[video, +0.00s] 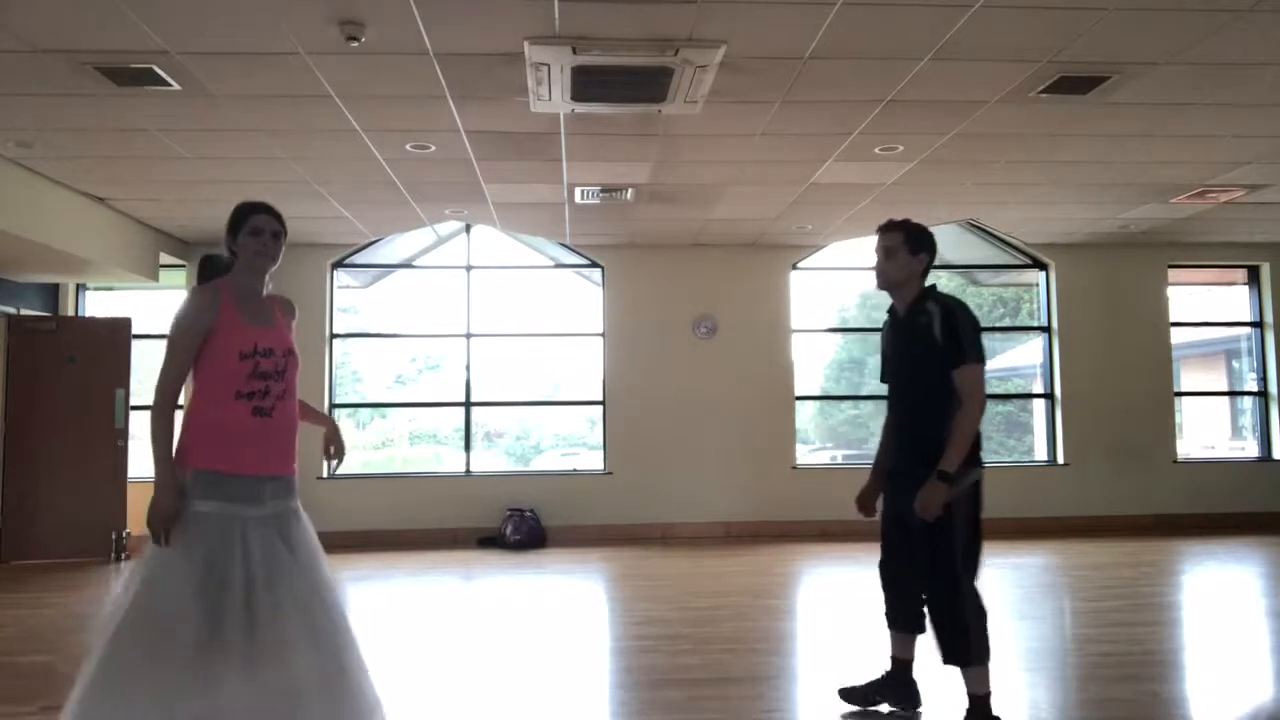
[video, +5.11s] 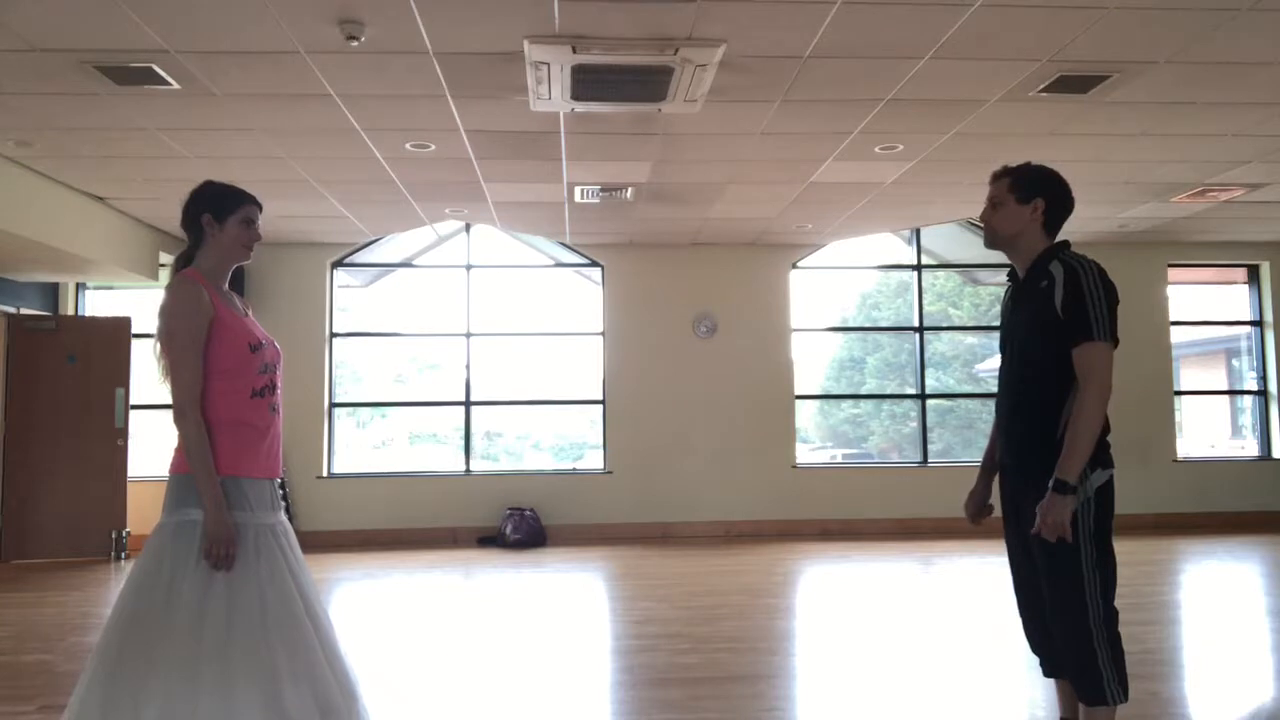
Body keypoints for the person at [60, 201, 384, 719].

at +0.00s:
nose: (268, 243)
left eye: (276, 237)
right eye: (256, 234)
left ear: (283, 249)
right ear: (233, 242)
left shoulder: (283, 310)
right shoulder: (207, 302)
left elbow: (275, 395)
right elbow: (164, 396)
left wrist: (326, 421)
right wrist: (164, 481)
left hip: (275, 485)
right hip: (212, 484)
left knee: (274, 627)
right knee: (205, 626)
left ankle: (265, 713)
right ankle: (198, 713)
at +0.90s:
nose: (260, 218)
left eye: (267, 210)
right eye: (246, 207)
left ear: (272, 222)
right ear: (217, 215)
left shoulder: (251, 288)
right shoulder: (203, 279)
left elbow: (246, 393)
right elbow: (168, 391)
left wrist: (266, 475)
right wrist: (195, 493)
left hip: (245, 492)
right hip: (203, 493)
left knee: (250, 646)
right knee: (202, 649)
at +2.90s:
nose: (270, 226)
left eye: (268, 216)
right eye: (259, 215)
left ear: (227, 220)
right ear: (222, 218)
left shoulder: (239, 292)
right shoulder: (201, 284)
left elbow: (239, 399)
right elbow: (192, 402)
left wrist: (273, 492)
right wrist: (217, 503)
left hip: (261, 496)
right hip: (227, 496)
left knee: (268, 653)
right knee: (224, 655)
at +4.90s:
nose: (257, 236)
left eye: (258, 226)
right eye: (248, 224)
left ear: (220, 228)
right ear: (209, 224)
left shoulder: (230, 299)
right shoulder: (188, 293)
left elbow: (237, 405)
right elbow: (186, 408)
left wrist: (268, 495)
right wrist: (213, 507)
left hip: (254, 498)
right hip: (218, 499)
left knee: (258, 656)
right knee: (218, 659)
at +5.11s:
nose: (258, 235)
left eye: (258, 226)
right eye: (248, 223)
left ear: (217, 228)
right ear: (209, 224)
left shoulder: (230, 300)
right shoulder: (189, 293)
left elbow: (239, 405)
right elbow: (186, 408)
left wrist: (270, 494)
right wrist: (214, 508)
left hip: (256, 497)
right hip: (219, 499)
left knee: (260, 655)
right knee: (220, 658)